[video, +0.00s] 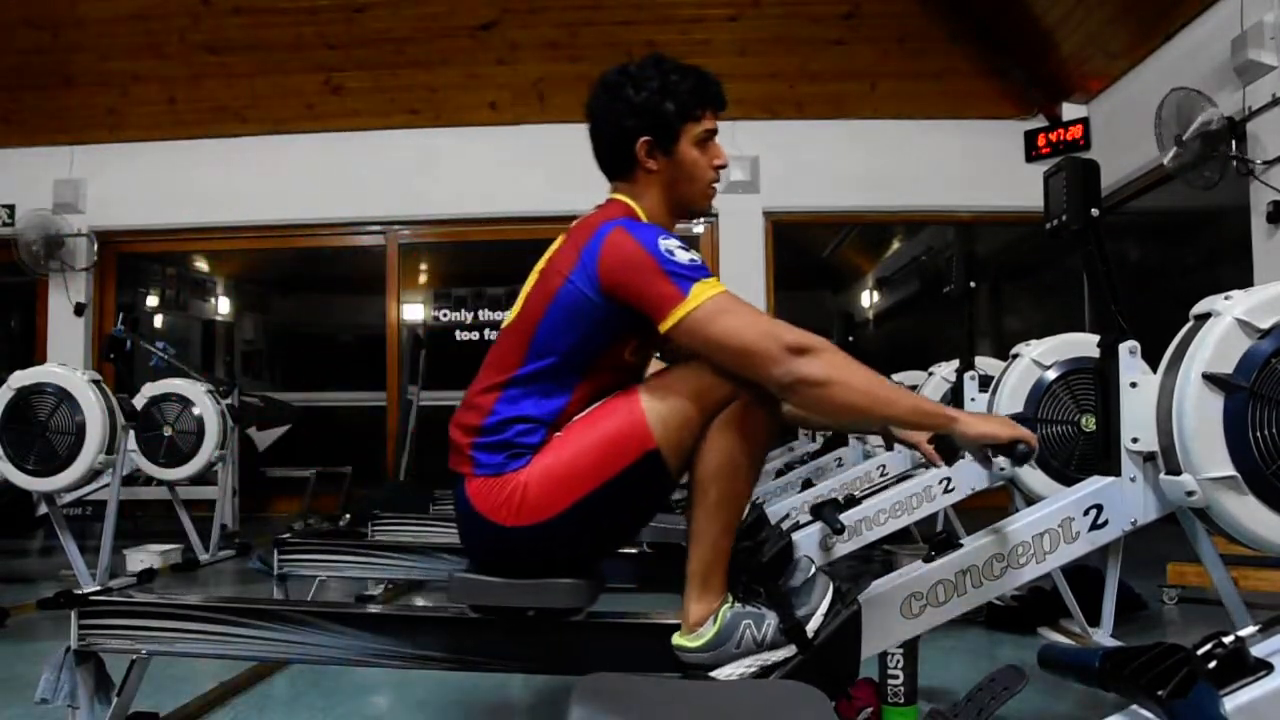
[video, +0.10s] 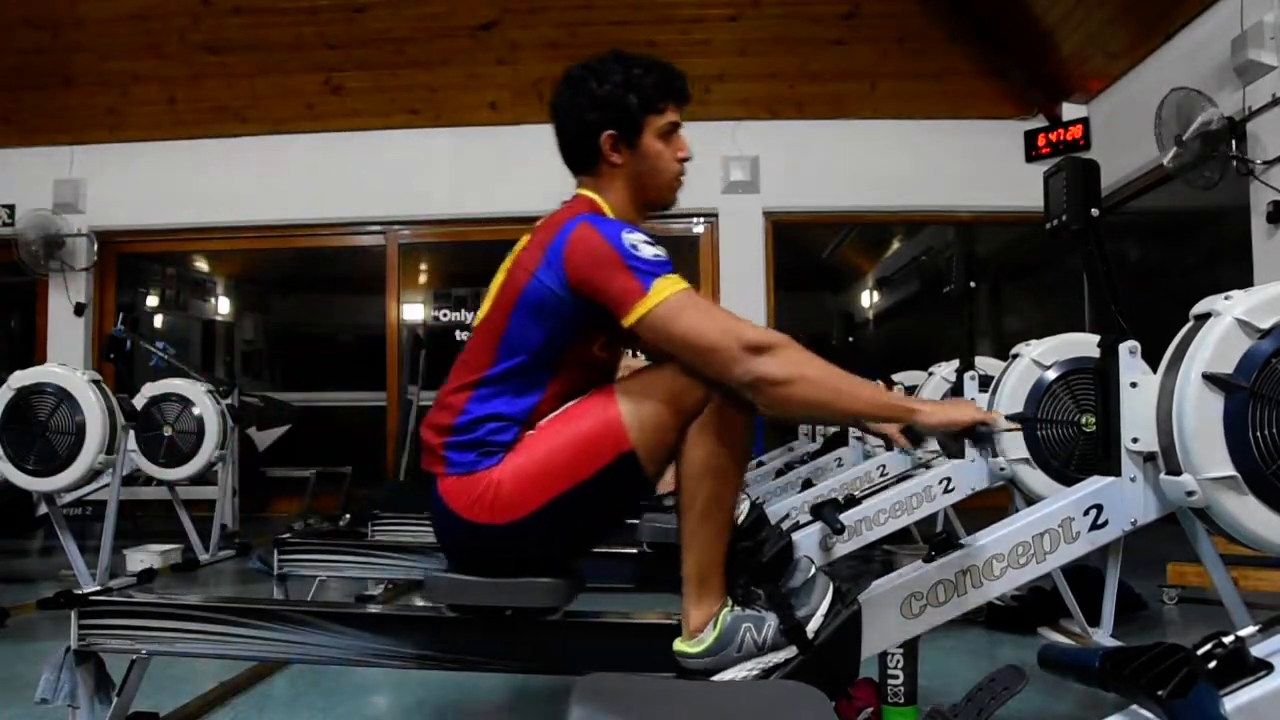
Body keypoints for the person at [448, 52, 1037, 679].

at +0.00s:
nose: (722, 158)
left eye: (718, 140)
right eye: (706, 142)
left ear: (653, 155)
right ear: (649, 154)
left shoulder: (644, 242)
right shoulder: (624, 245)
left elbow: (780, 356)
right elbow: (790, 362)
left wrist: (895, 419)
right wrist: (948, 419)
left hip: (536, 490)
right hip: (511, 505)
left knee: (749, 375)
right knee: (738, 378)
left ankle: (706, 595)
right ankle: (704, 622)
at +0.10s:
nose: (686, 151)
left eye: (682, 133)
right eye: (670, 134)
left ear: (618, 149)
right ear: (615, 148)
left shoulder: (607, 235)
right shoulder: (591, 240)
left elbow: (754, 344)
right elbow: (753, 367)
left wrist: (874, 408)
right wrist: (912, 411)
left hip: (507, 489)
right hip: (487, 503)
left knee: (715, 366)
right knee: (713, 379)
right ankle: (702, 625)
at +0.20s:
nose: (621, 139)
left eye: (617, 121)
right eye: (603, 121)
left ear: (552, 140)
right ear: (547, 135)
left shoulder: (534, 223)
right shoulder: (526, 227)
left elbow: (624, 364)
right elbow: (662, 366)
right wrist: (823, 404)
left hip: (457, 478)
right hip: (434, 493)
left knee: (632, 373)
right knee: (664, 380)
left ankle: (723, 527)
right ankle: (703, 633)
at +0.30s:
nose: (533, 125)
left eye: (528, 109)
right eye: (512, 109)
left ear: (461, 125)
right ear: (454, 123)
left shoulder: (446, 218)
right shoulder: (438, 220)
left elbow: (532, 355)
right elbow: (571, 356)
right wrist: (739, 386)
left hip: (389, 476)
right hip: (366, 491)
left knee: (601, 395)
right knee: (607, 410)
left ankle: (697, 617)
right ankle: (704, 638)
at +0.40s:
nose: (434, 118)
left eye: (429, 101)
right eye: (411, 101)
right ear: (354, 117)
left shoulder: (385, 226)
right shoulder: (344, 214)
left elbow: (492, 359)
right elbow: (476, 338)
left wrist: (638, 373)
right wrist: (644, 367)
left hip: (337, 469)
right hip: (293, 483)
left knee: (564, 421)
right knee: (552, 433)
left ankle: (695, 615)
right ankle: (703, 639)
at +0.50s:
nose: (338, 117)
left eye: (335, 100)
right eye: (315, 101)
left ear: (285, 117)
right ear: (254, 116)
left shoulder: (294, 225)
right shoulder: (244, 214)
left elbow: (389, 334)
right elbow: (370, 331)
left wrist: (536, 355)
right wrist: (543, 352)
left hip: (270, 466)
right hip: (230, 479)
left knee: (518, 469)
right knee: (499, 474)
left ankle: (706, 618)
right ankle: (702, 644)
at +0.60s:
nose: (246, 126)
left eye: (245, 110)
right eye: (223, 111)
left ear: (235, 123)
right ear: (163, 126)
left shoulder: (251, 255)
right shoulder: (153, 228)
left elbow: (346, 351)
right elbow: (263, 344)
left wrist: (452, 352)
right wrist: (440, 345)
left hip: (252, 468)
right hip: (198, 485)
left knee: (491, 500)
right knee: (471, 509)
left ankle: (698, 625)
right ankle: (698, 639)